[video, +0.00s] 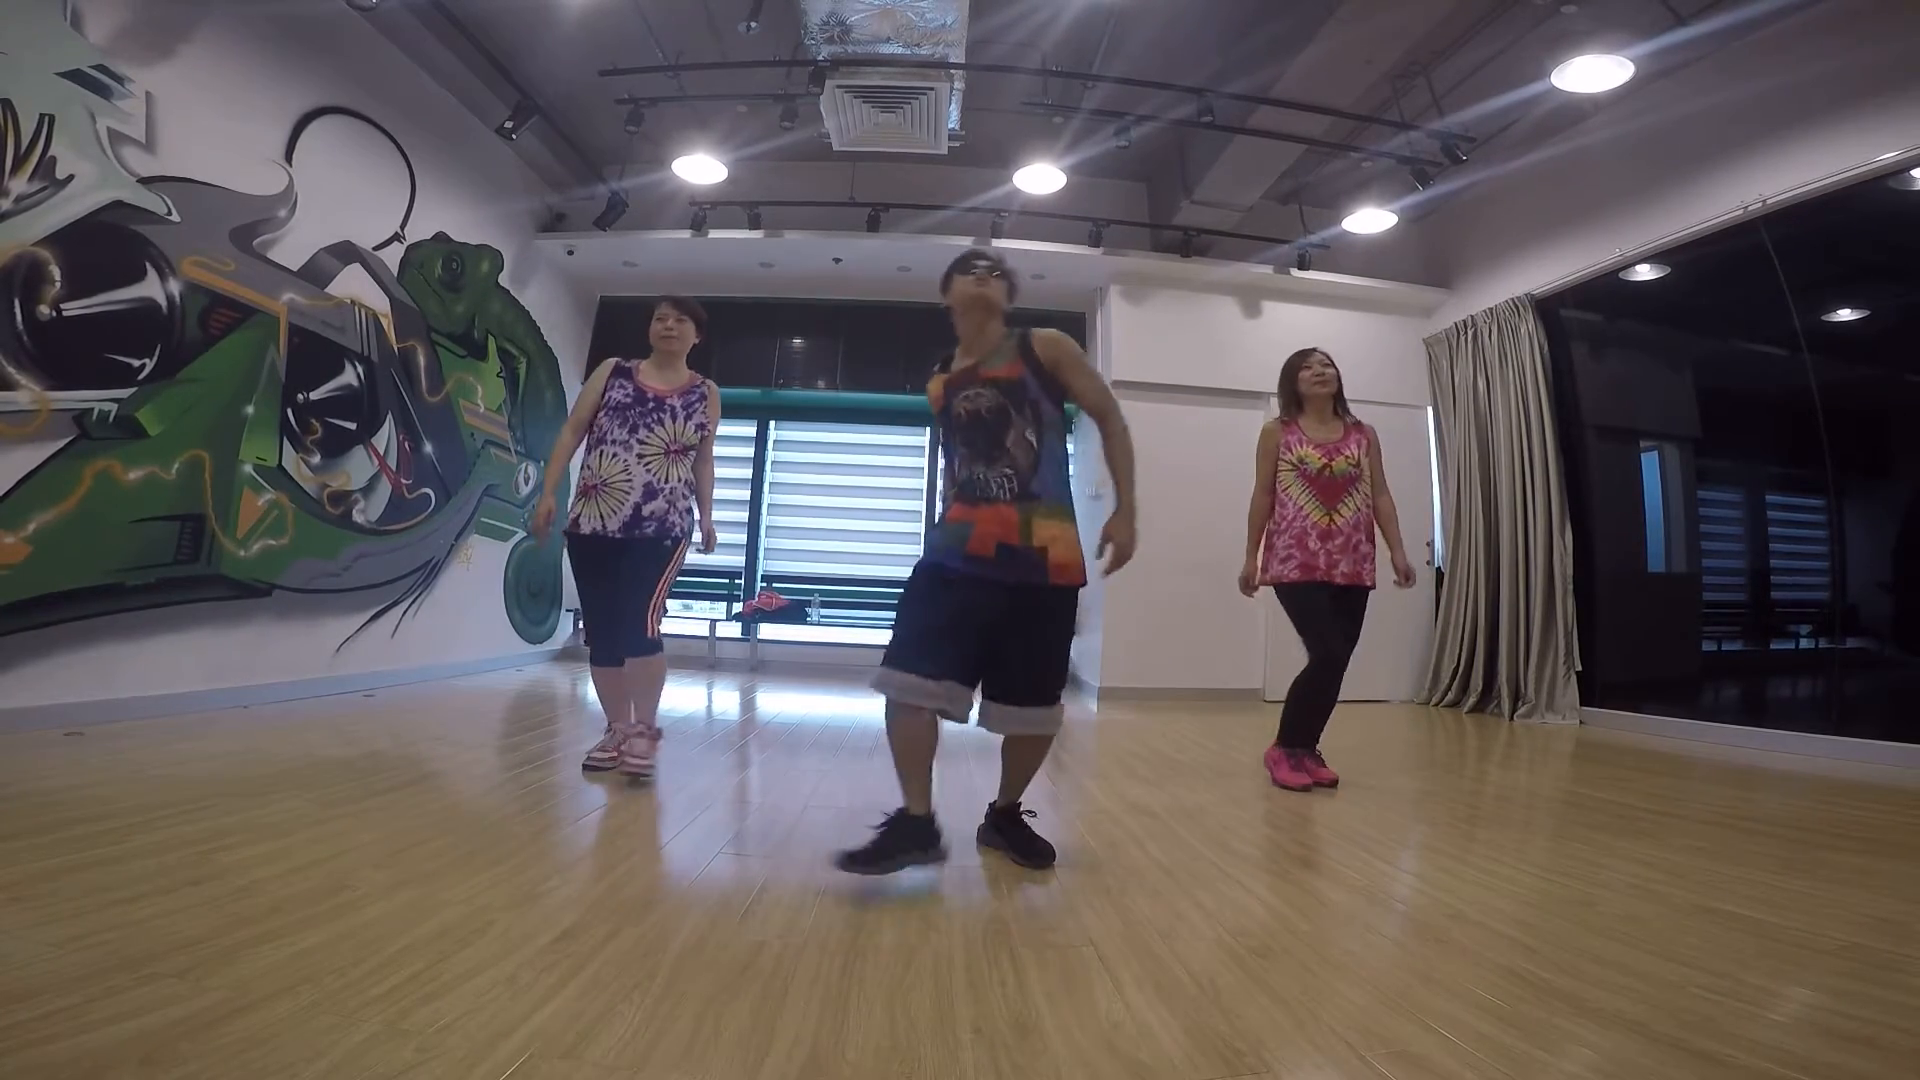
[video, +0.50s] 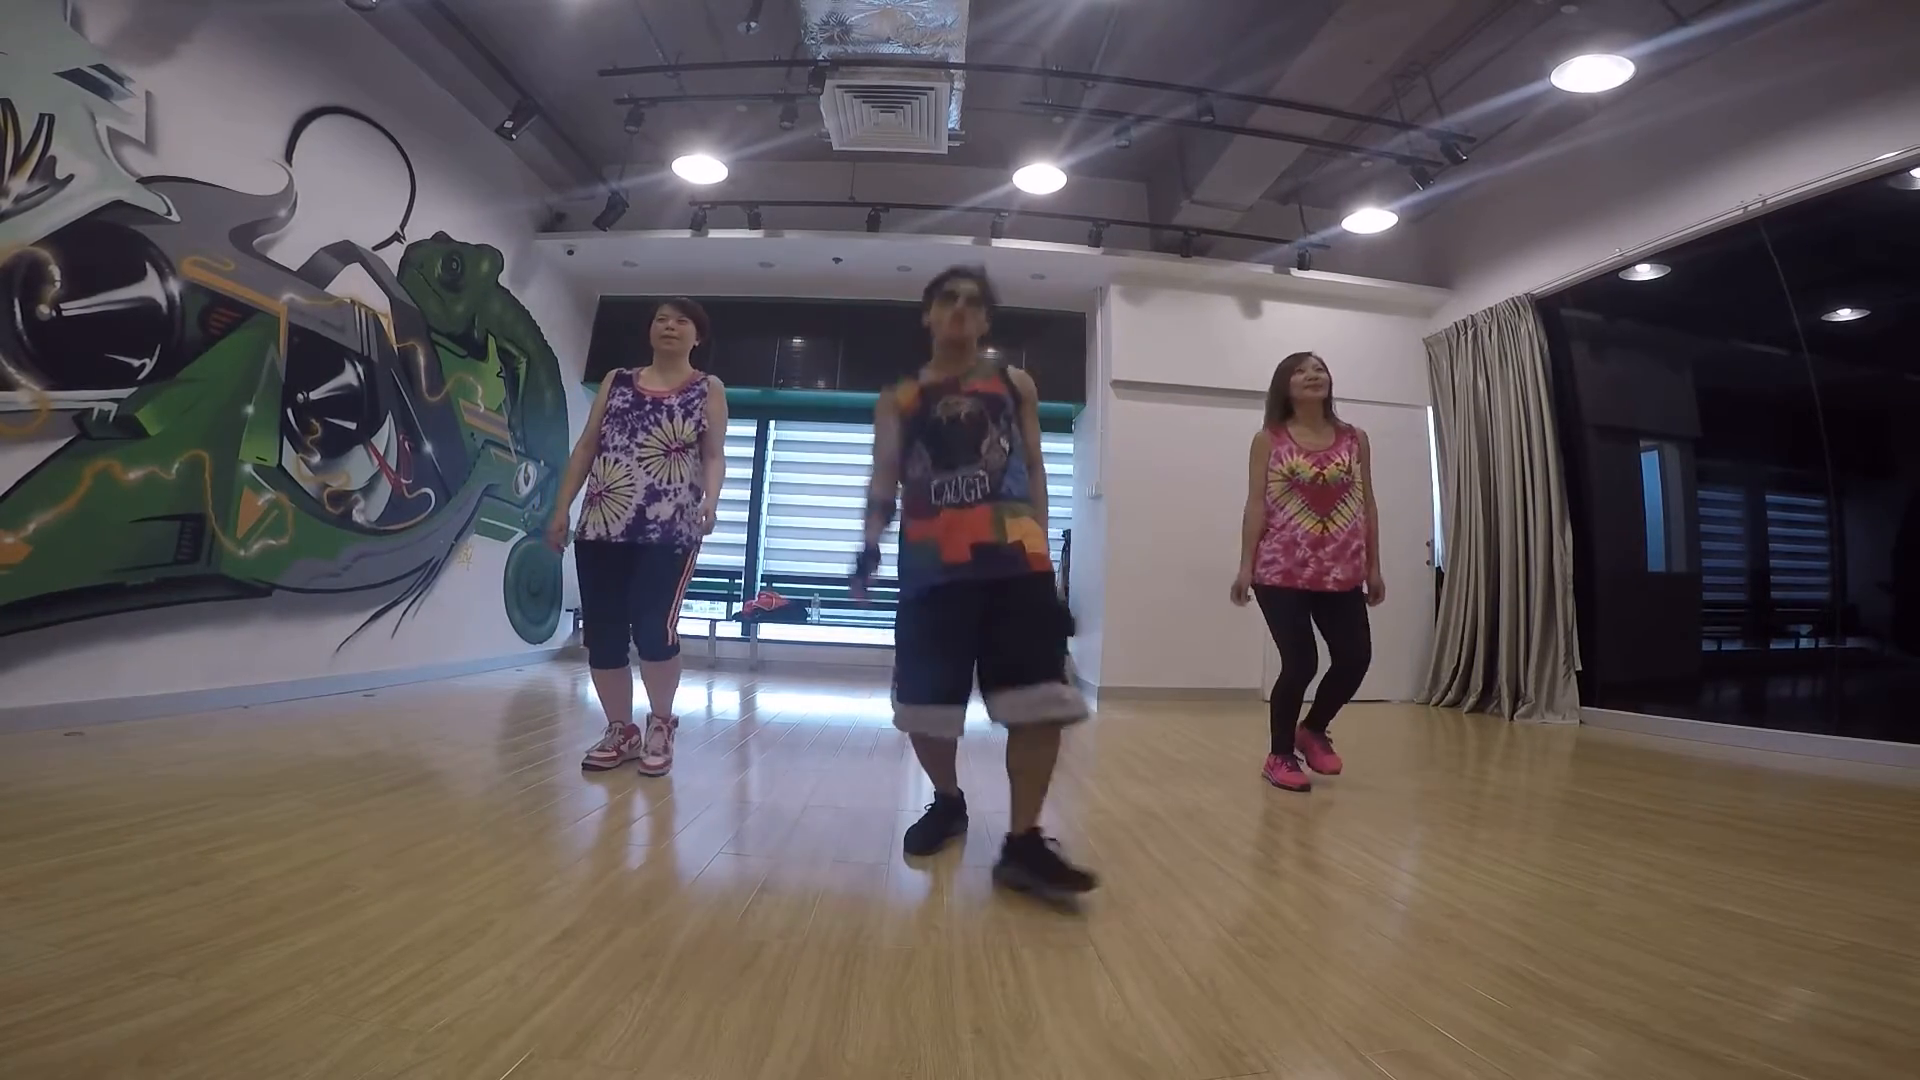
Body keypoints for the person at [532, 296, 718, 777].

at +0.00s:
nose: (669, 325)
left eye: (680, 320)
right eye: (661, 318)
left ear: (696, 334)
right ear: (648, 329)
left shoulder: (704, 392)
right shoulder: (612, 372)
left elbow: (703, 459)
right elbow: (572, 432)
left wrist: (705, 517)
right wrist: (547, 491)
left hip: (660, 526)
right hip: (595, 522)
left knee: (638, 622)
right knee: (601, 631)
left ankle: (644, 732)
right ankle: (616, 732)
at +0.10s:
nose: (669, 332)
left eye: (681, 326)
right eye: (662, 325)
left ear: (698, 341)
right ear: (650, 335)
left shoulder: (707, 397)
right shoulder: (616, 379)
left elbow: (706, 466)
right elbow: (577, 439)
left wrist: (707, 524)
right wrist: (548, 495)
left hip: (660, 535)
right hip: (594, 528)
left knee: (642, 634)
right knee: (595, 638)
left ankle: (659, 732)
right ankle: (619, 732)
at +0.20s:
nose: (672, 336)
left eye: (683, 330)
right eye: (664, 329)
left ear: (700, 343)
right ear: (652, 338)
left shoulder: (710, 399)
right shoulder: (619, 386)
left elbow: (713, 467)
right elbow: (585, 449)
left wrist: (710, 526)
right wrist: (556, 507)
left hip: (663, 537)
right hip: (597, 530)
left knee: (649, 638)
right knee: (595, 638)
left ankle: (659, 733)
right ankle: (619, 731)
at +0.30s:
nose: (672, 332)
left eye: (683, 326)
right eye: (664, 325)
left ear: (700, 340)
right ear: (652, 336)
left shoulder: (711, 395)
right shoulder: (619, 383)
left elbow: (715, 462)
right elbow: (586, 449)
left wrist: (711, 515)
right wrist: (563, 507)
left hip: (665, 534)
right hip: (600, 528)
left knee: (654, 635)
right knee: (600, 636)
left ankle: (660, 733)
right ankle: (620, 731)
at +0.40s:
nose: (671, 327)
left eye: (683, 321)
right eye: (663, 320)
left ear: (699, 337)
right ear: (651, 333)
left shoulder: (710, 391)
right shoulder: (618, 382)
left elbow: (715, 457)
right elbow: (586, 448)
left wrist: (711, 501)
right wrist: (563, 507)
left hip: (666, 531)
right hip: (601, 526)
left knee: (653, 635)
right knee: (602, 636)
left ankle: (661, 731)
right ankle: (621, 730)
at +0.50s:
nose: (669, 325)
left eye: (681, 319)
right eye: (661, 318)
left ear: (697, 336)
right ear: (649, 332)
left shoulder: (708, 389)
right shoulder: (616, 381)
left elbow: (713, 455)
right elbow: (586, 448)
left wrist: (709, 503)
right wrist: (561, 508)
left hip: (666, 528)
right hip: (601, 525)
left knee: (652, 628)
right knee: (603, 633)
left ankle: (661, 725)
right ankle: (620, 730)